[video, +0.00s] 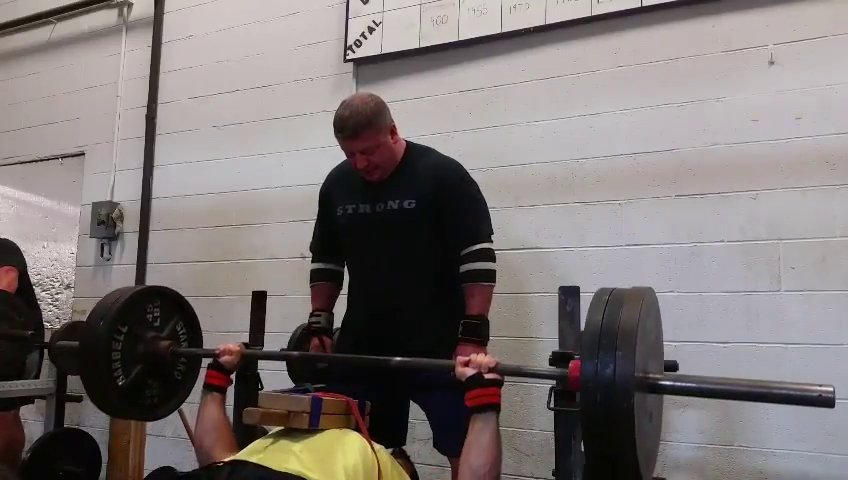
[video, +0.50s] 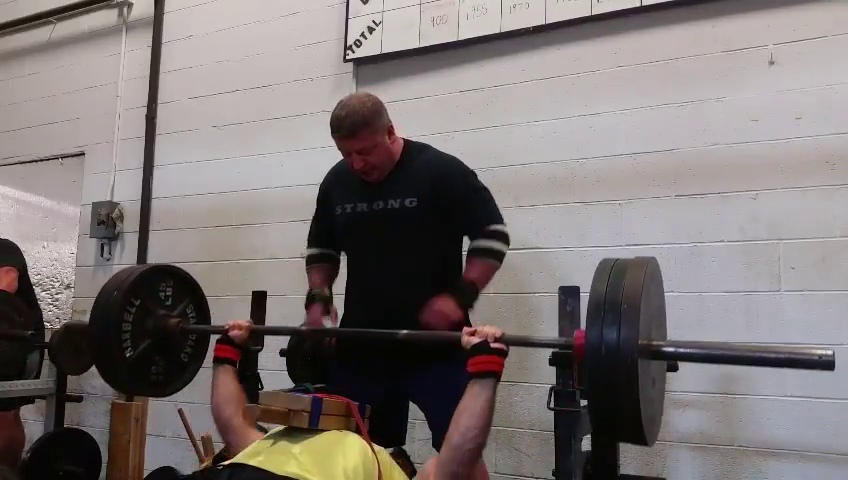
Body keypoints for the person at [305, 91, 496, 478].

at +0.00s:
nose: (360, 163)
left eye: (368, 152)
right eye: (351, 154)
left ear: (394, 134)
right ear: (341, 145)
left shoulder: (445, 178)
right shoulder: (338, 186)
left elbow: (478, 260)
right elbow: (327, 262)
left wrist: (473, 337)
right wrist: (319, 327)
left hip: (439, 341)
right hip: (366, 340)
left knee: (466, 451)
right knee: (367, 452)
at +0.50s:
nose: (357, 163)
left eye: (365, 152)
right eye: (348, 155)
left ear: (392, 134)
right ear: (338, 145)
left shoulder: (443, 173)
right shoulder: (338, 183)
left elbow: (493, 234)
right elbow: (322, 249)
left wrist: (460, 297)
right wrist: (318, 304)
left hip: (437, 345)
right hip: (364, 343)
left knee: (462, 457)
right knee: (366, 460)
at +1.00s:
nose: (347, 160)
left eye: (354, 150)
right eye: (341, 150)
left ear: (386, 135)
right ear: (335, 141)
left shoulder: (438, 169)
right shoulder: (338, 185)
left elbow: (482, 222)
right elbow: (310, 239)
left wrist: (448, 289)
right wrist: (294, 290)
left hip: (437, 340)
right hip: (365, 342)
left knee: (462, 455)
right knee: (362, 457)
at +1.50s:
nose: (341, 147)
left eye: (348, 137)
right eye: (338, 138)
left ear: (380, 129)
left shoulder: (442, 167)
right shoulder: (346, 181)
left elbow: (484, 227)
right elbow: (322, 244)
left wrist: (462, 297)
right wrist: (310, 295)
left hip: (433, 345)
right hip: (361, 346)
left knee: (459, 459)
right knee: (362, 463)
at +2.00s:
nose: (397, 141)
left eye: (404, 129)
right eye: (384, 133)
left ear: (417, 121)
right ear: (367, 134)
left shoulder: (455, 173)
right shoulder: (351, 183)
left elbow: (489, 244)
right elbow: (335, 256)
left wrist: (472, 314)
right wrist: (327, 315)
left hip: (441, 345)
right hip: (368, 346)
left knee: (464, 454)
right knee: (367, 460)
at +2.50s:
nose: (394, 146)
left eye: (399, 133)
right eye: (380, 139)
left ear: (409, 122)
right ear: (359, 138)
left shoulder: (449, 172)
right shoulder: (345, 181)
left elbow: (488, 246)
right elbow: (330, 257)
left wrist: (474, 317)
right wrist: (326, 318)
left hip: (443, 344)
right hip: (369, 344)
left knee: (466, 458)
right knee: (367, 460)